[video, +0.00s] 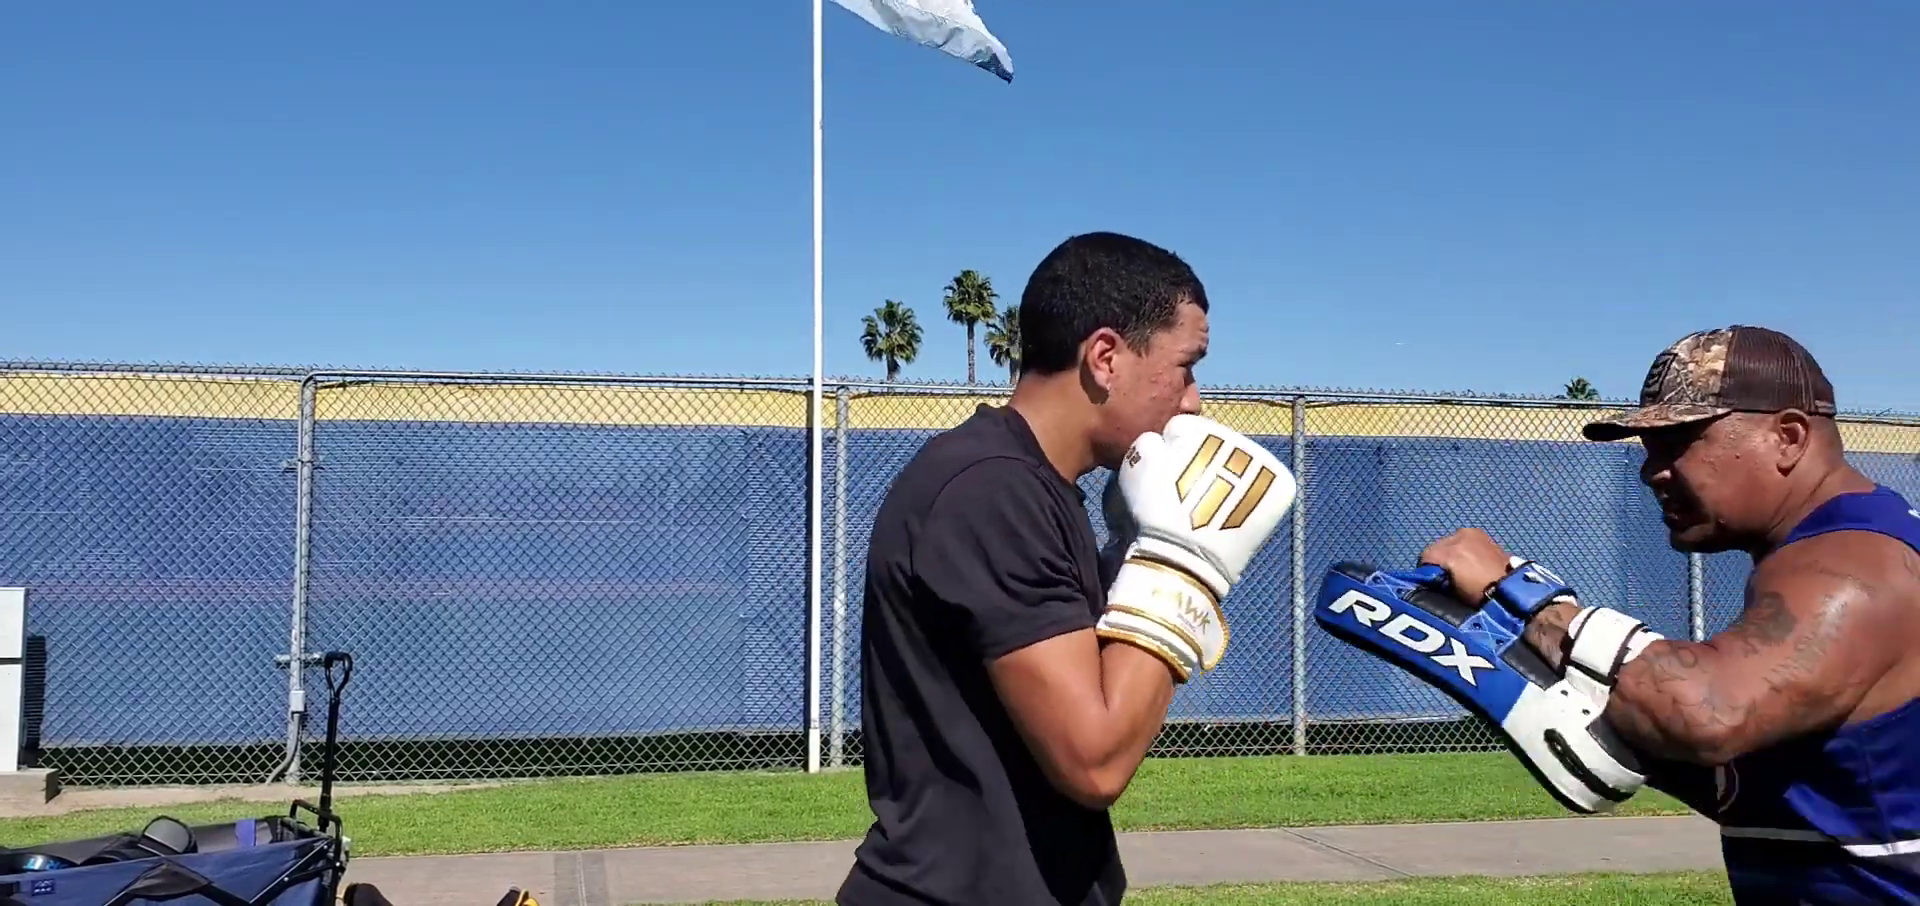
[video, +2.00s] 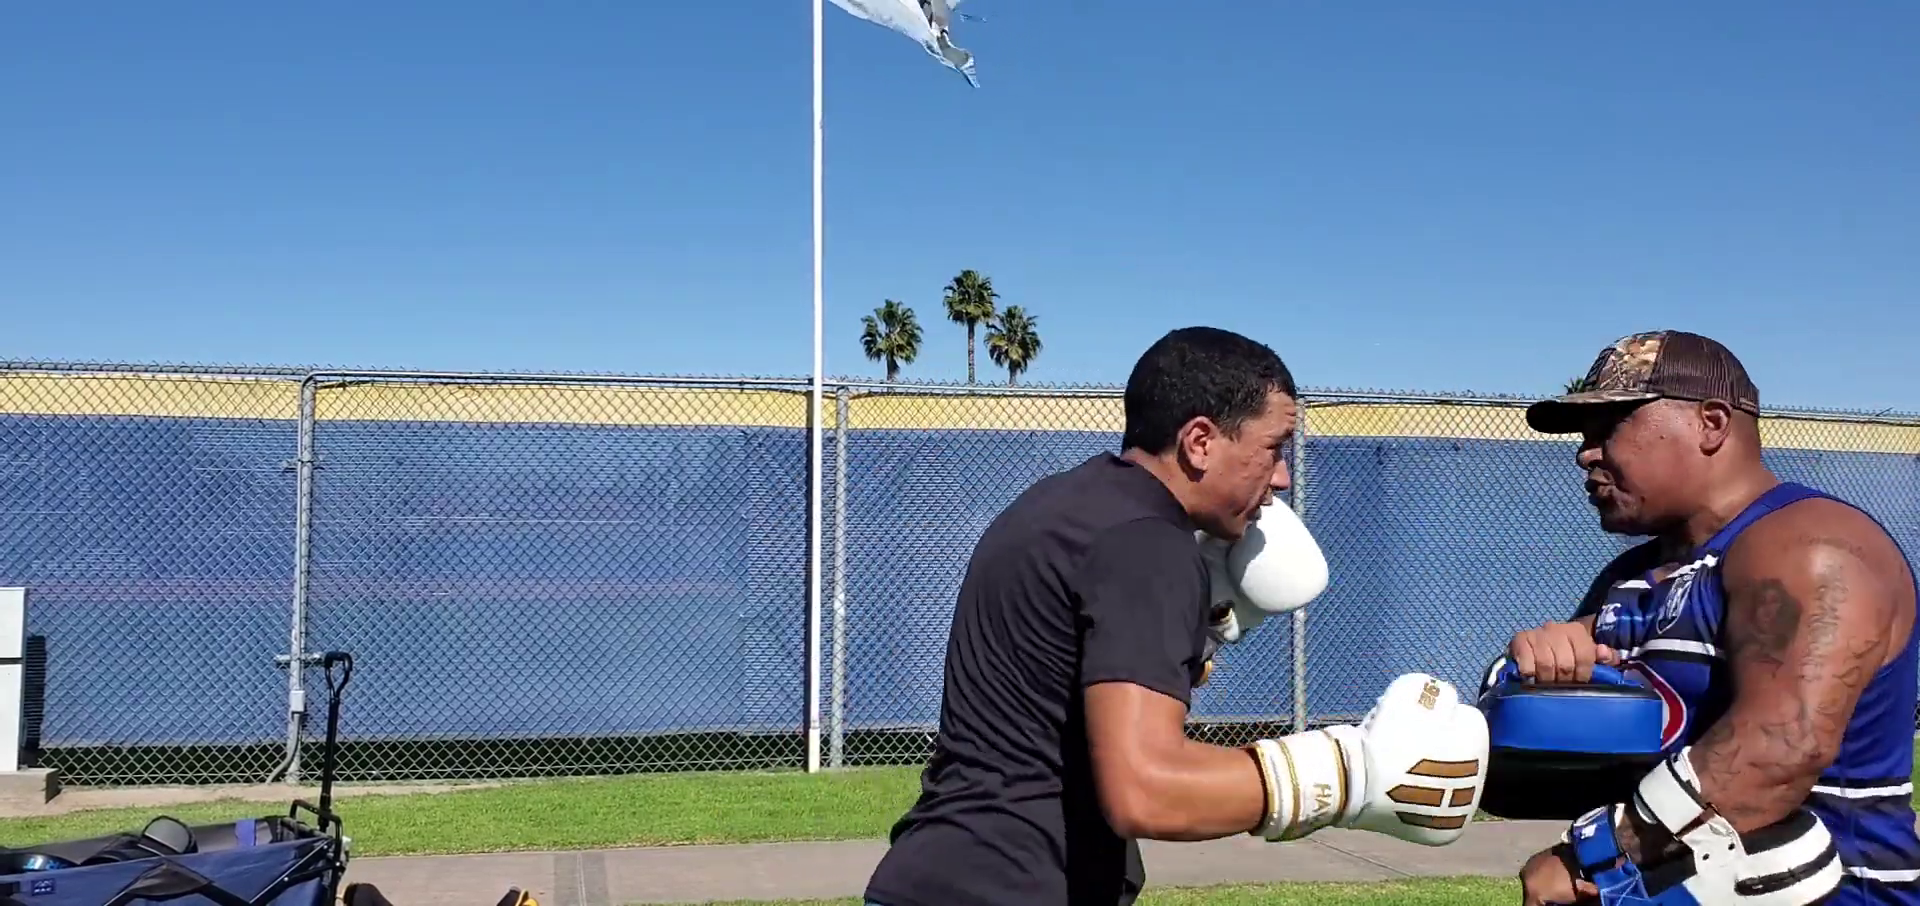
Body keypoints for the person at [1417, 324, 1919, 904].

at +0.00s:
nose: (1650, 470)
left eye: (1677, 442)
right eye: (1649, 446)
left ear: (1787, 440)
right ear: (1788, 442)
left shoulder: (1848, 563)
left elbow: (1702, 708)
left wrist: (1515, 590)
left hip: (1871, 890)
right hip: (1813, 885)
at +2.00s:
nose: (1584, 453)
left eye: (1610, 425)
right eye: (1586, 433)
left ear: (1710, 427)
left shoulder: (1812, 552)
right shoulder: (1624, 578)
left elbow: (1772, 759)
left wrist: (1588, 856)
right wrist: (1534, 671)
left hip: (1842, 883)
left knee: (1759, 841)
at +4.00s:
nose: (1719, 537)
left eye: (1745, 513)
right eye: (1711, 512)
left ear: (1859, 485)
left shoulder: (1889, 625)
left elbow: (1663, 696)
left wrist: (1651, 517)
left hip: (1876, 894)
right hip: (1758, 888)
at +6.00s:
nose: (1708, 499)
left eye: (1728, 469)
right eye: (1702, 479)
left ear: (1827, 454)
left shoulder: (1906, 590)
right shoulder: (1753, 593)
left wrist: (1880, 881)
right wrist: (1571, 654)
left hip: (1892, 894)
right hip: (1812, 891)